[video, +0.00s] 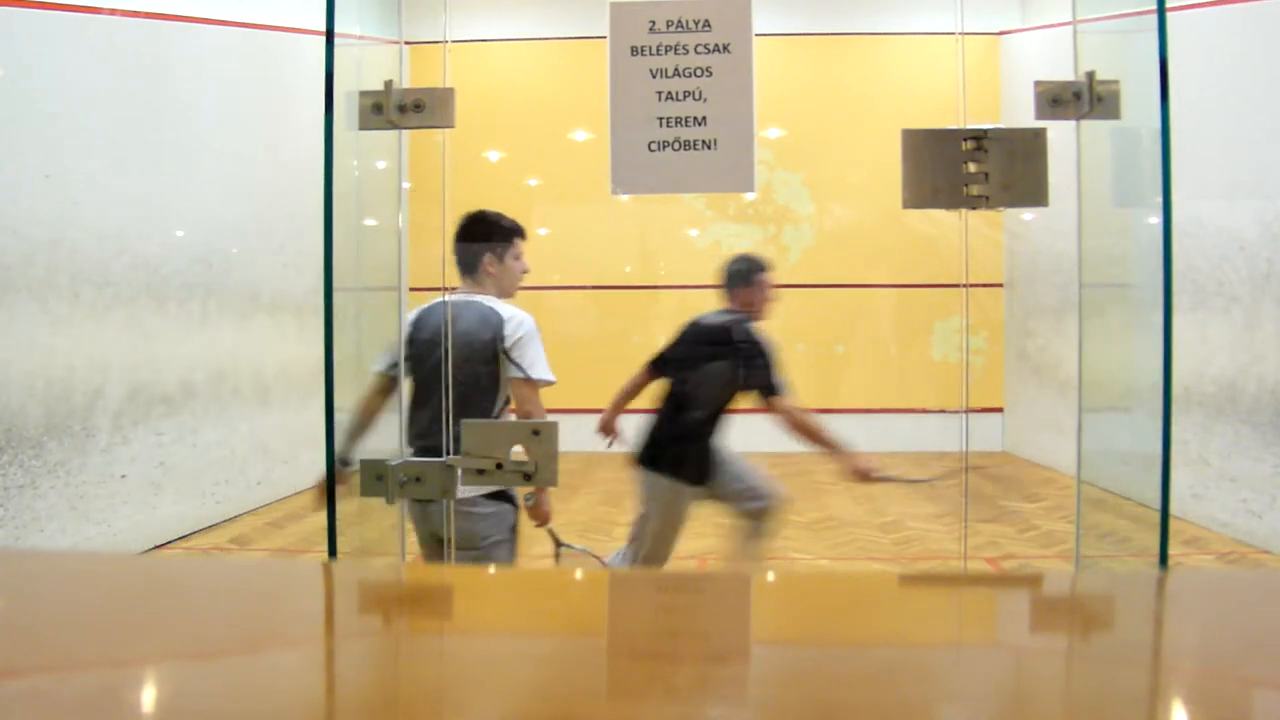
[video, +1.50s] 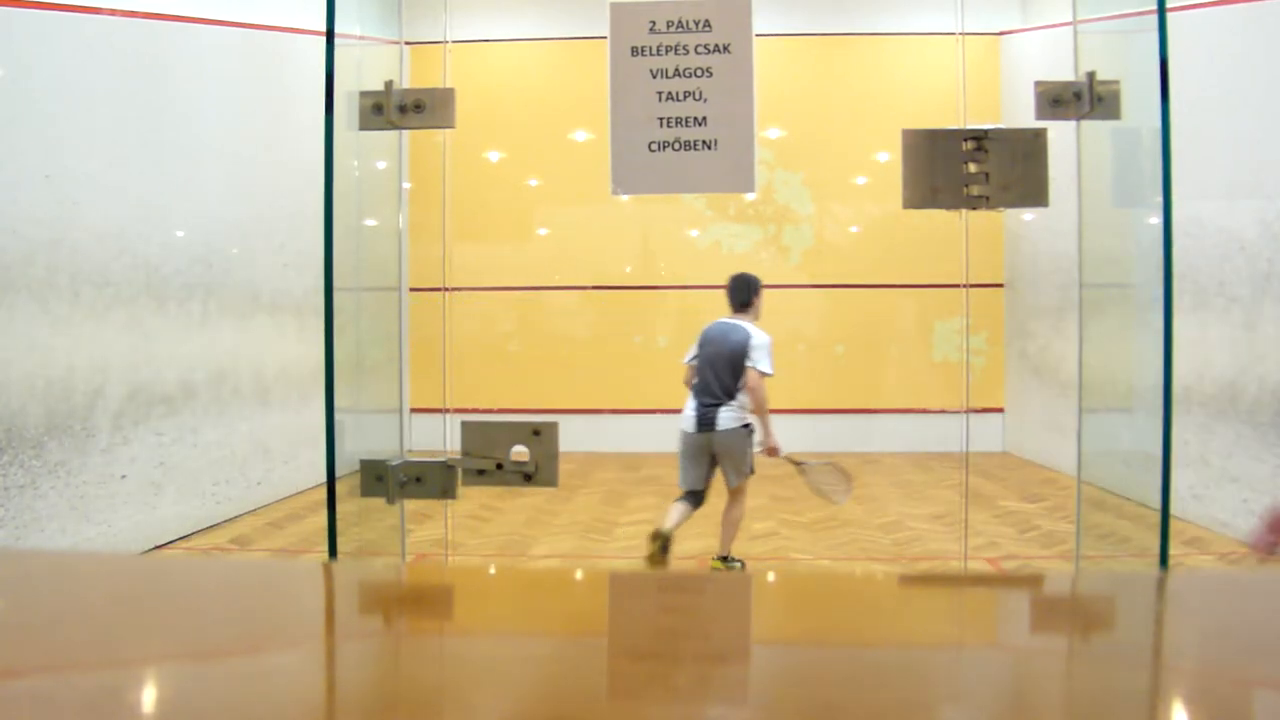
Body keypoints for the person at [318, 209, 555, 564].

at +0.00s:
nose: (526, 268)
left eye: (523, 257)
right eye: (518, 257)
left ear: (473, 265)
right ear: (490, 264)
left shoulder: (420, 319)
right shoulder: (512, 322)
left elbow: (376, 396)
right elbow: (529, 413)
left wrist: (342, 459)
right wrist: (540, 488)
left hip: (423, 493)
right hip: (480, 497)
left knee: (440, 604)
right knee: (487, 612)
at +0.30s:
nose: (574, 264)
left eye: (572, 254)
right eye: (566, 254)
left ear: (535, 260)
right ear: (538, 260)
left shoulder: (487, 307)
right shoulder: (556, 311)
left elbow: (480, 383)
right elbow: (562, 388)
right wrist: (577, 465)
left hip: (482, 459)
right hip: (538, 463)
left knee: (482, 573)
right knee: (567, 564)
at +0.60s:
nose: (640, 273)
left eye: (640, 265)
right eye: (632, 265)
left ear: (606, 269)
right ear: (605, 267)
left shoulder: (562, 305)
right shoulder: (618, 315)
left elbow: (540, 372)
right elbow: (625, 387)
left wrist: (578, 396)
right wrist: (647, 454)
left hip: (555, 438)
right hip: (598, 443)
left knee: (568, 528)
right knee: (610, 541)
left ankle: (533, 598)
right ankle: (606, 616)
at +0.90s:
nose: (678, 289)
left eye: (679, 281)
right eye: (672, 280)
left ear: (647, 283)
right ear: (648, 281)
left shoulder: (611, 321)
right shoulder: (657, 323)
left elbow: (583, 377)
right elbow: (665, 388)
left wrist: (567, 429)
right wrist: (695, 436)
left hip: (604, 442)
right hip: (637, 443)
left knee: (629, 535)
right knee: (630, 539)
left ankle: (625, 612)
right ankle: (616, 612)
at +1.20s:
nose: (711, 283)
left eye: (711, 276)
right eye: (706, 276)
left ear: (681, 280)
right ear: (685, 278)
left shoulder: (649, 315)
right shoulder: (695, 317)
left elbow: (639, 375)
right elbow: (694, 373)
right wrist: (711, 426)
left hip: (638, 421)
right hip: (676, 422)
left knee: (641, 501)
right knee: (704, 493)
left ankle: (633, 577)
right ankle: (695, 567)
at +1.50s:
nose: (762, 302)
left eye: (761, 296)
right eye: (761, 297)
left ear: (729, 300)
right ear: (755, 300)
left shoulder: (708, 331)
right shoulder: (756, 337)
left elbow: (690, 378)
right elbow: (753, 384)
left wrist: (714, 399)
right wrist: (768, 435)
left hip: (694, 423)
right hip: (731, 425)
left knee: (692, 493)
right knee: (737, 492)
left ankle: (664, 530)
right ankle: (723, 555)